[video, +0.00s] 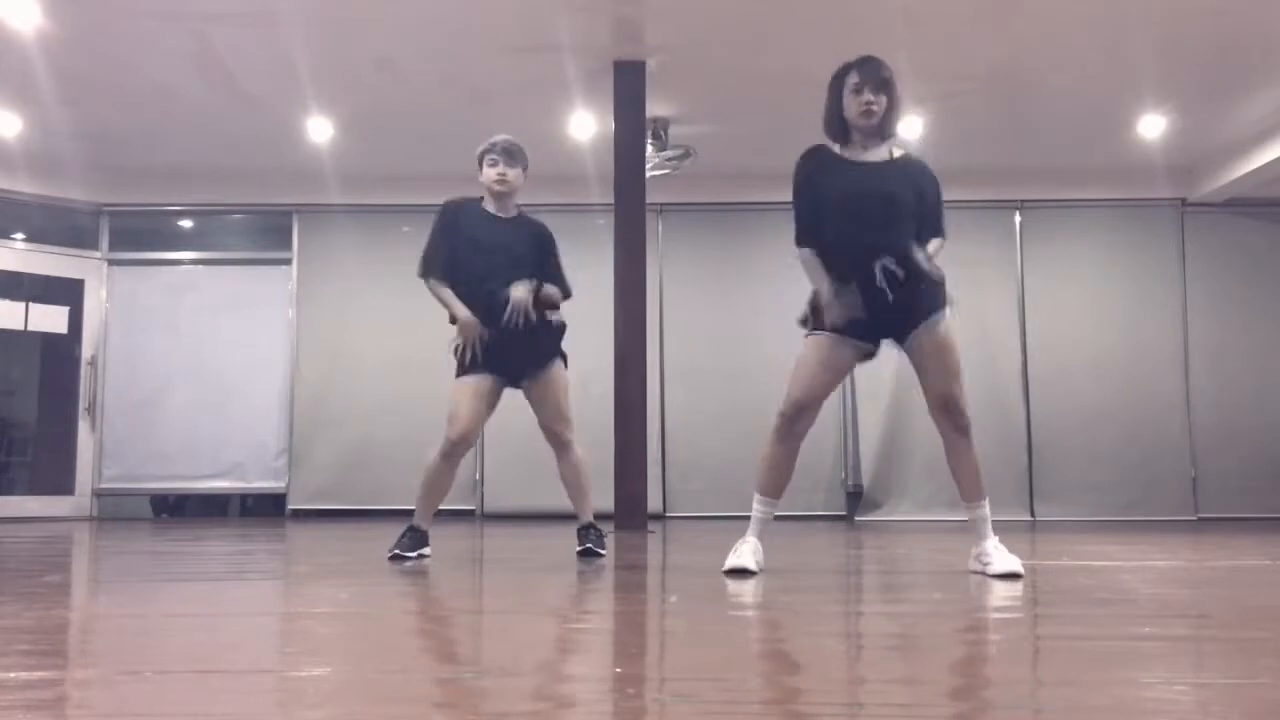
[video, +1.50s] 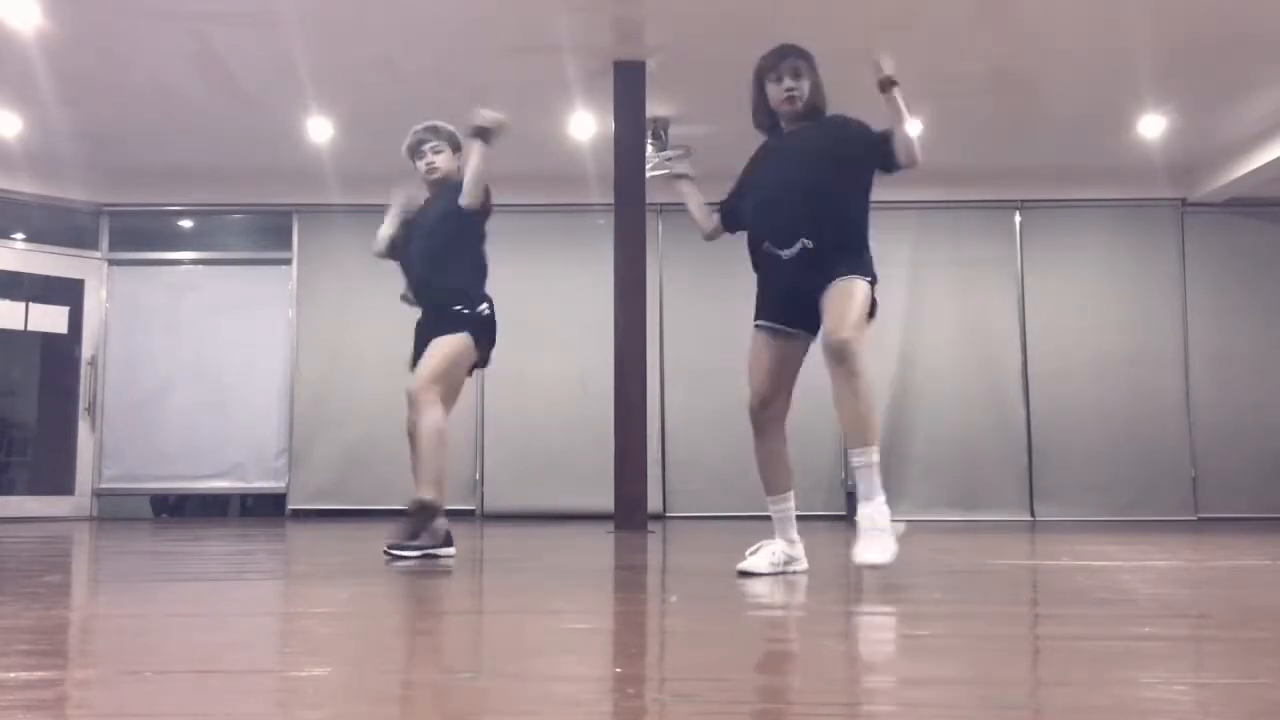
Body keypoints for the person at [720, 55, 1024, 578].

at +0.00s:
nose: (868, 98)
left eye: (878, 90)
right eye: (857, 91)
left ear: (890, 100)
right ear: (839, 100)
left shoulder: (912, 166)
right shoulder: (816, 163)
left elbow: (933, 235)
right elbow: (805, 243)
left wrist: (924, 264)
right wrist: (829, 296)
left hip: (915, 299)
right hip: (847, 302)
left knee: (954, 413)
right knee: (793, 412)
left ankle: (985, 543)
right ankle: (752, 540)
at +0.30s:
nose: (862, 110)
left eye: (871, 101)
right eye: (851, 102)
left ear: (887, 110)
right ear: (834, 114)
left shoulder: (910, 154)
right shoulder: (828, 187)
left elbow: (926, 226)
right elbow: (802, 257)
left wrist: (913, 299)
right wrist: (825, 242)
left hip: (887, 301)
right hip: (823, 300)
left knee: (948, 419)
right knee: (786, 408)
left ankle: (985, 544)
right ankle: (746, 539)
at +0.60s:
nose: (917, 125)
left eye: (918, 118)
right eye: (910, 115)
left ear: (911, 123)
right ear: (879, 113)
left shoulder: (911, 171)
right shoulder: (820, 158)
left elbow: (932, 235)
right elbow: (801, 235)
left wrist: (929, 166)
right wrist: (841, 297)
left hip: (917, 301)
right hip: (850, 304)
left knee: (951, 414)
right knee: (781, 395)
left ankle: (987, 543)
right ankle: (758, 531)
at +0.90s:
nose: (880, 108)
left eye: (888, 98)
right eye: (868, 100)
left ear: (901, 105)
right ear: (849, 108)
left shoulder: (919, 158)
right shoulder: (836, 149)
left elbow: (949, 222)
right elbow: (816, 220)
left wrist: (932, 161)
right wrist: (845, 294)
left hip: (923, 296)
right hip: (858, 297)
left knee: (959, 412)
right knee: (789, 399)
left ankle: (987, 543)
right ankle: (760, 531)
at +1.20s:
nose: (823, 129)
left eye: (832, 120)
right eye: (812, 121)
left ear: (848, 127)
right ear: (798, 133)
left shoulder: (869, 173)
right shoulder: (809, 203)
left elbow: (919, 242)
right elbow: (819, 269)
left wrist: (965, 304)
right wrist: (801, 309)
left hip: (875, 315)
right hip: (817, 320)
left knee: (940, 434)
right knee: (758, 420)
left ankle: (991, 539)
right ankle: (785, 545)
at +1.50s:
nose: (787, 86)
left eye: (797, 76)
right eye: (776, 79)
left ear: (815, 83)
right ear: (764, 92)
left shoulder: (842, 132)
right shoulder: (765, 158)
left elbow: (907, 154)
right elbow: (712, 225)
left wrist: (893, 95)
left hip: (843, 268)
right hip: (781, 282)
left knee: (841, 347)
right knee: (764, 405)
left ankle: (871, 508)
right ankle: (786, 543)